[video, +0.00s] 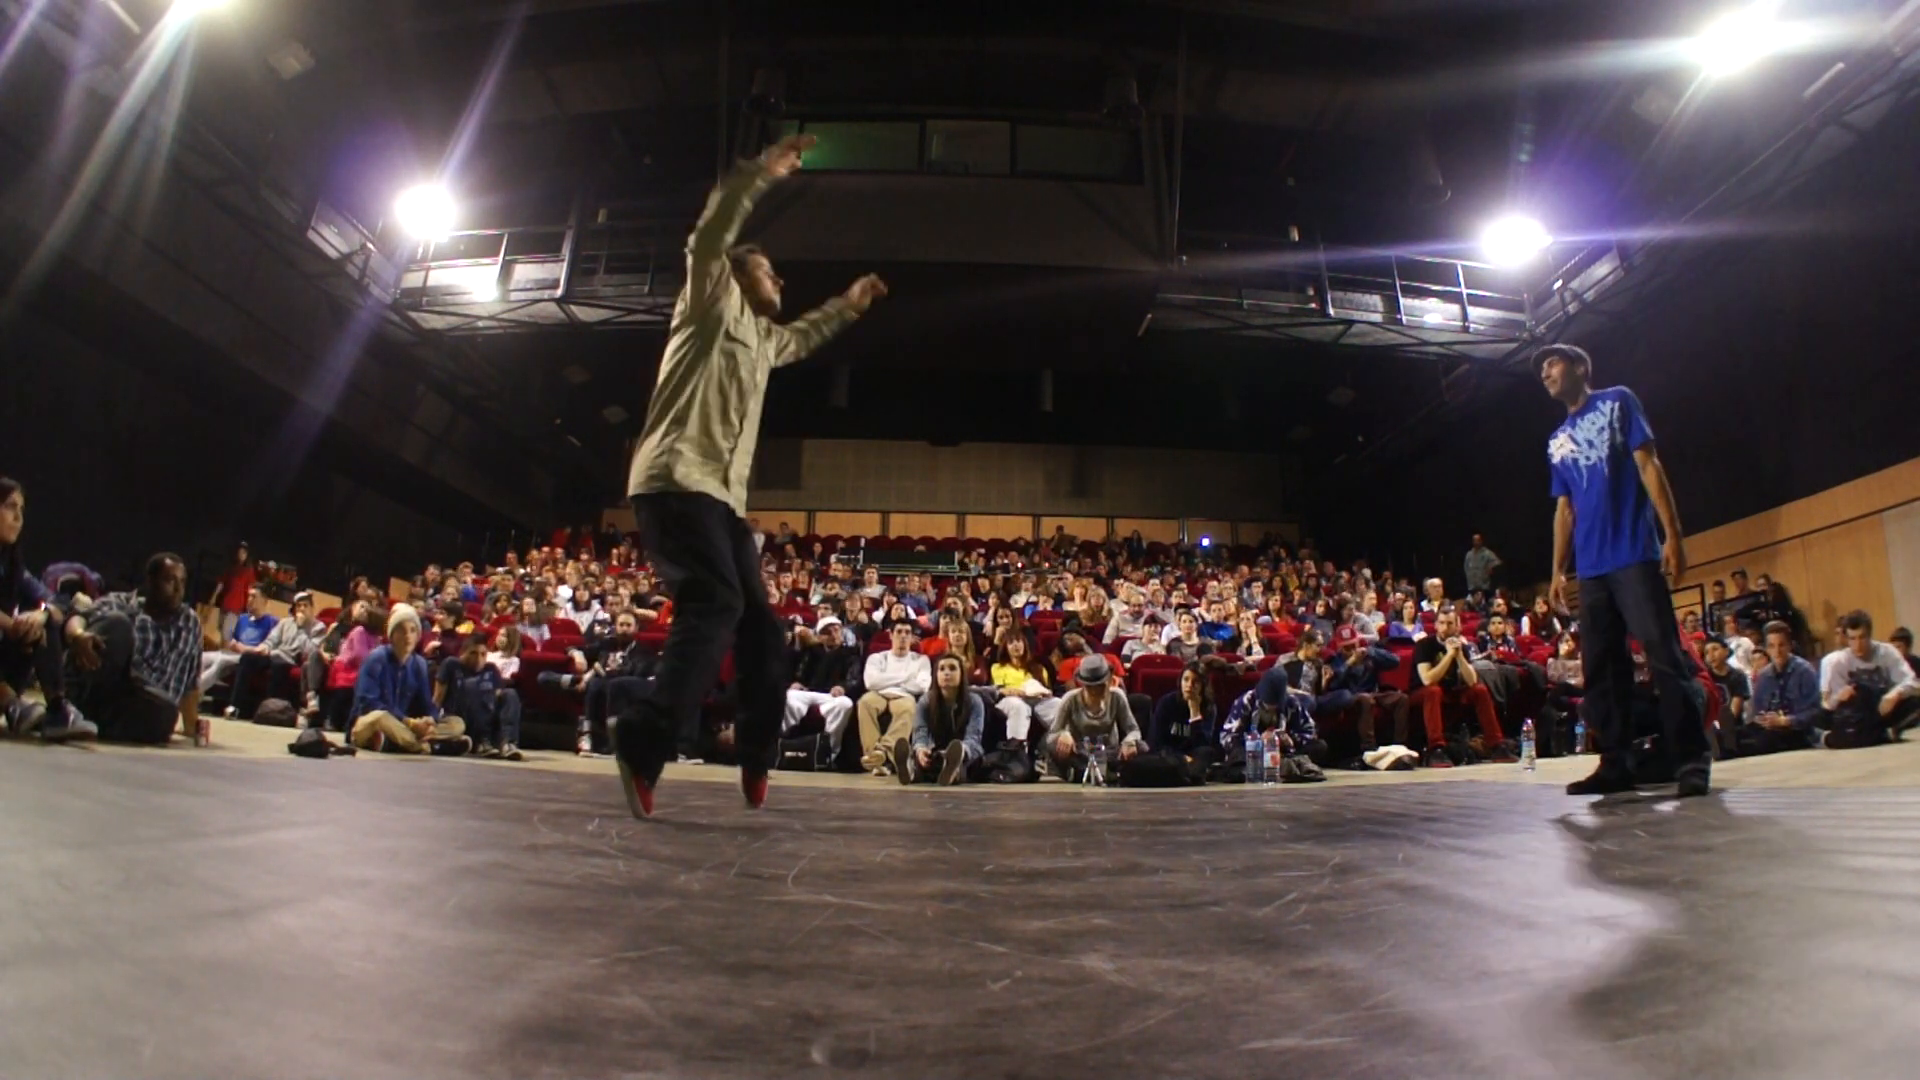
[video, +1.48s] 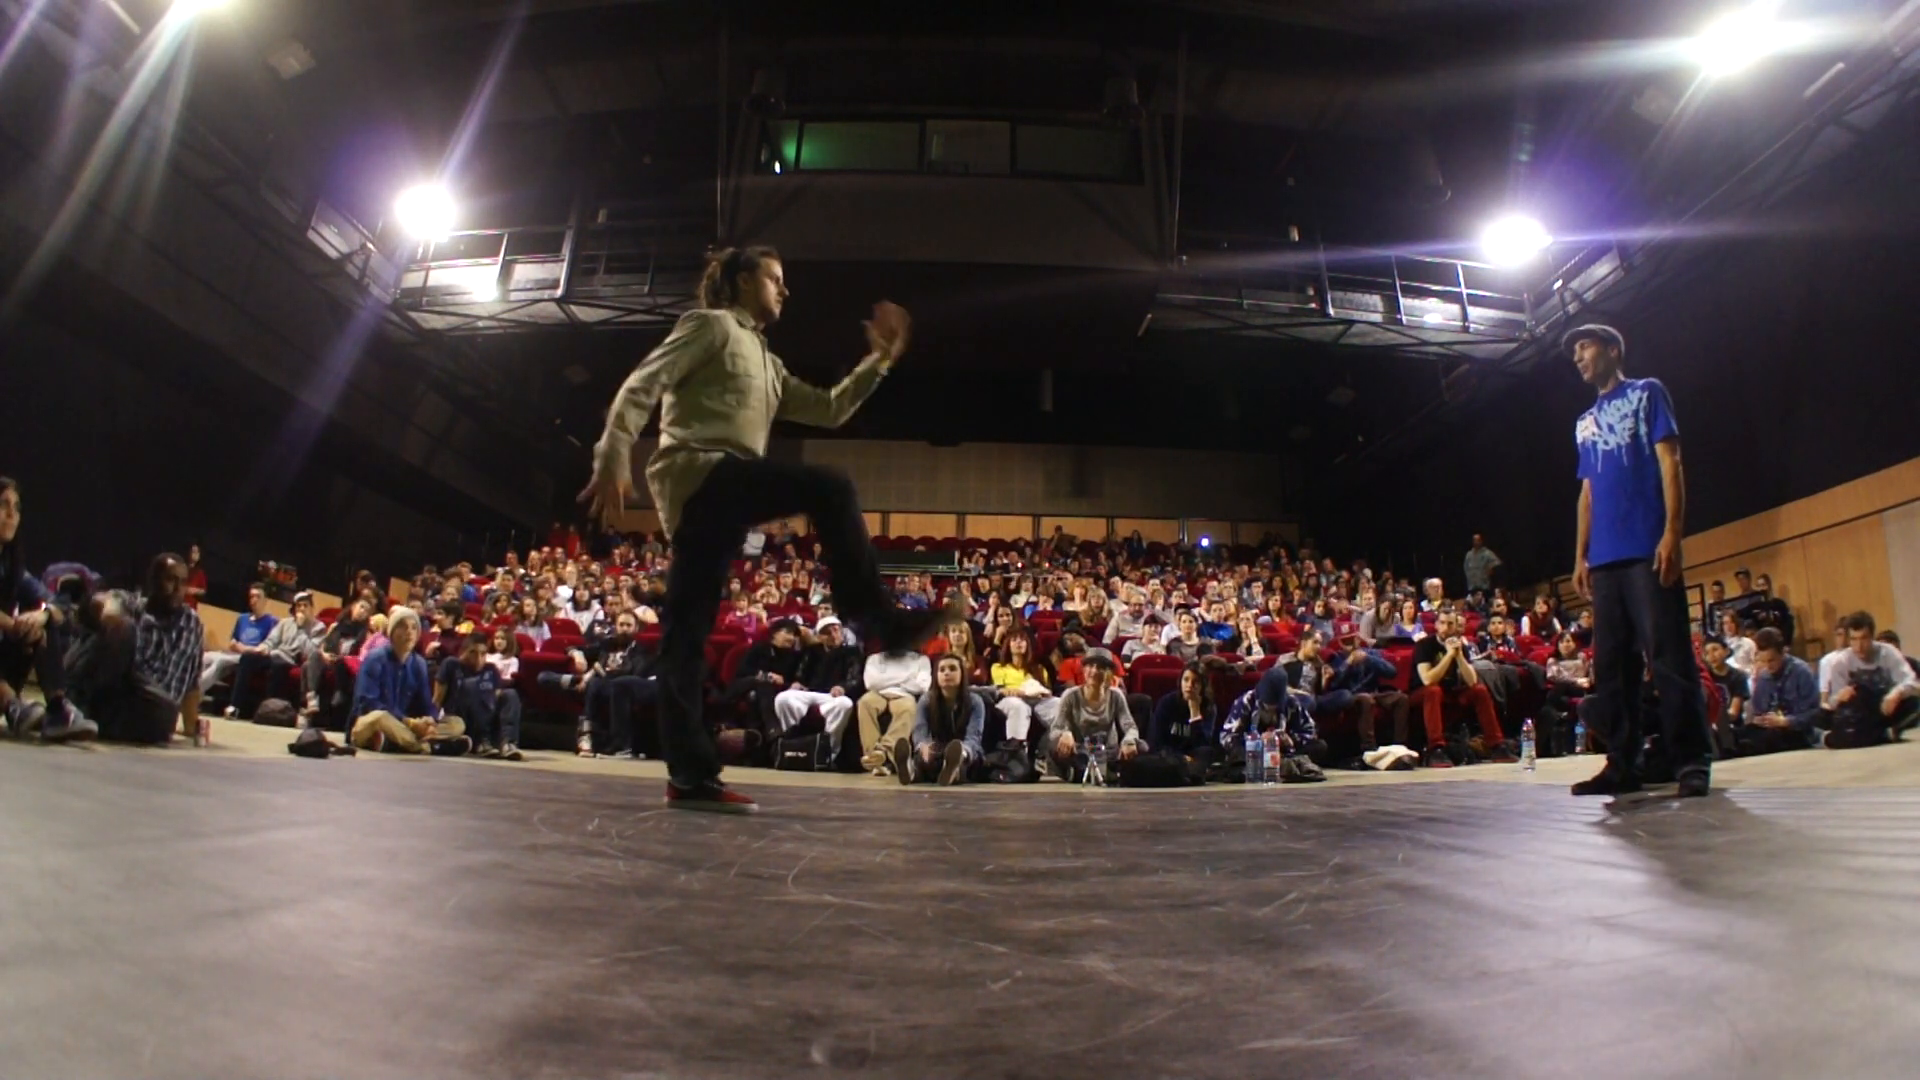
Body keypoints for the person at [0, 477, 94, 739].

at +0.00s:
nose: (18, 517)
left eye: (20, 509)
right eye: (11, 507)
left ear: (21, 513)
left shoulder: (12, 565)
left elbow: (56, 608)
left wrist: (42, 614)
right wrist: (11, 624)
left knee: (45, 624)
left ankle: (58, 709)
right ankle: (11, 704)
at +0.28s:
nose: (17, 515)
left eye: (19, 508)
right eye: (10, 506)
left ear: (21, 515)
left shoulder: (12, 565)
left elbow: (56, 606)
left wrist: (43, 614)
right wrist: (12, 624)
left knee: (45, 625)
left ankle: (58, 709)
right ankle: (11, 705)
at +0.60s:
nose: (15, 515)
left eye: (18, 508)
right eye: (8, 505)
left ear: (20, 514)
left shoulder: (11, 565)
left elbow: (57, 608)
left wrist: (42, 614)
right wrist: (10, 623)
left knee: (44, 624)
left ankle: (57, 708)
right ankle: (11, 704)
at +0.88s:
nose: (15, 516)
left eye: (18, 508)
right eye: (8, 506)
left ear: (20, 515)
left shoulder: (12, 565)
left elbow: (58, 609)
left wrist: (43, 614)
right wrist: (10, 623)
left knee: (45, 624)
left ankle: (58, 707)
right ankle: (11, 704)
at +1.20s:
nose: (15, 516)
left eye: (18, 509)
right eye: (8, 506)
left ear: (20, 516)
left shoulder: (11, 565)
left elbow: (57, 609)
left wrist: (43, 614)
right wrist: (12, 623)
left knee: (45, 625)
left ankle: (57, 708)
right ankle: (12, 705)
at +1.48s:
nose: (10, 515)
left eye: (14, 508)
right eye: (4, 507)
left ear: (20, 515)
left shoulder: (12, 568)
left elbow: (58, 610)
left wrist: (42, 614)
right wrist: (11, 623)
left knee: (44, 625)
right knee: (13, 629)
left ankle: (57, 708)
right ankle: (11, 705)